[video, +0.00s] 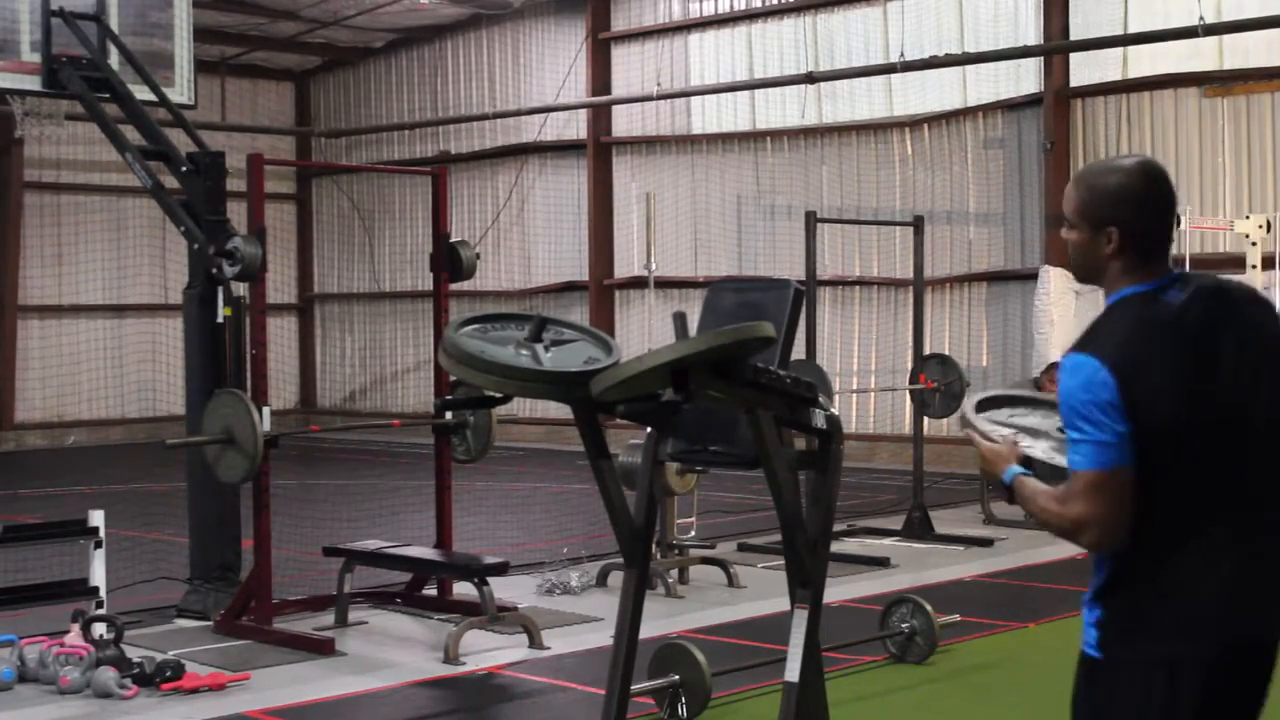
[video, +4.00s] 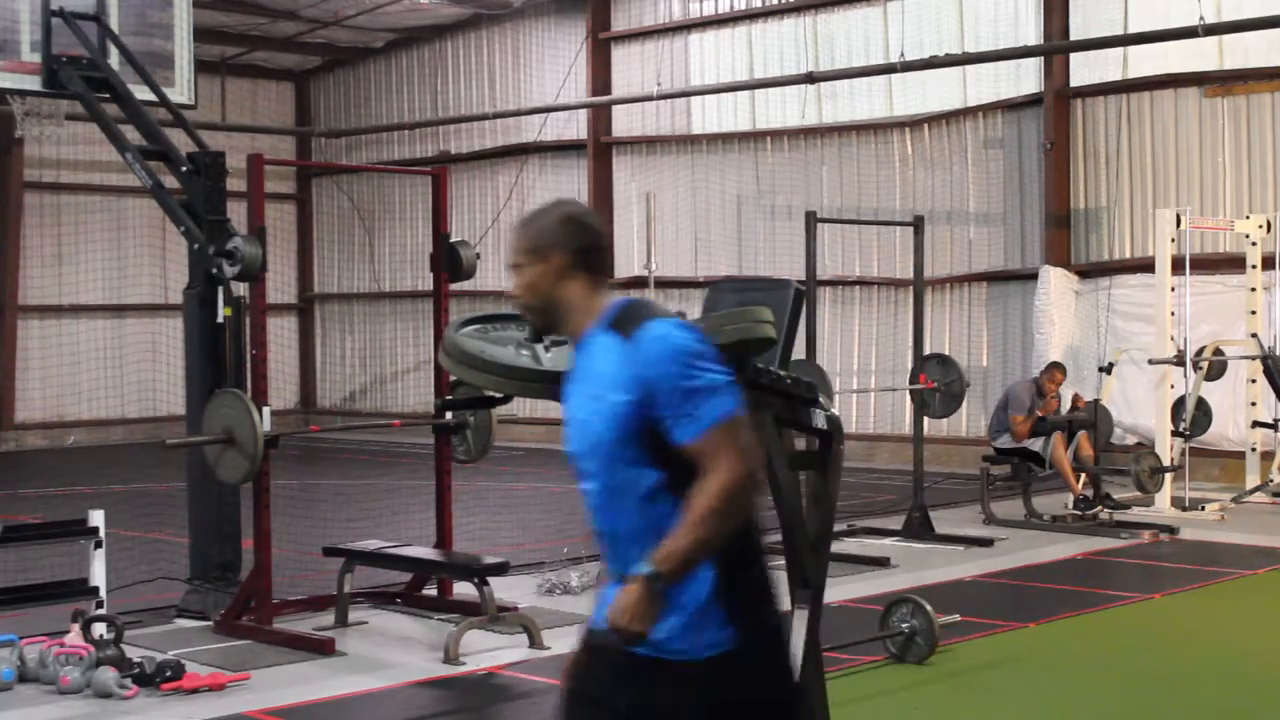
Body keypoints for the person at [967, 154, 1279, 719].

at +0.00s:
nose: (1059, 237)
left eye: (1068, 225)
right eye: (1062, 223)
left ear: (1111, 240)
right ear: (1166, 229)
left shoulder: (1096, 362)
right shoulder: (1251, 311)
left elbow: (1098, 523)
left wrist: (1010, 475)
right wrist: (1095, 387)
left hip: (1142, 637)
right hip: (1248, 620)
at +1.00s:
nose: (922, 215)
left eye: (935, 205)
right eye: (930, 202)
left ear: (971, 227)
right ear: (977, 231)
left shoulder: (947, 309)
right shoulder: (992, 304)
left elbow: (820, 366)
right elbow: (903, 359)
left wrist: (799, 272)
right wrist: (845, 296)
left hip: (900, 575)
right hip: (946, 566)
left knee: (869, 706)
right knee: (910, 707)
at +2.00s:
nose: (783, 218)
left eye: (795, 206)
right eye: (787, 205)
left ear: (834, 217)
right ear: (838, 219)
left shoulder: (850, 295)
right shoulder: (844, 288)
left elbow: (764, 368)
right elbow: (775, 351)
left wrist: (698, 293)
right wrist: (700, 299)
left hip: (840, 565)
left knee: (824, 708)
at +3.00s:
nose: (821, 238)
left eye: (832, 223)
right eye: (821, 223)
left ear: (880, 228)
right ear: (874, 231)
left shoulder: (911, 330)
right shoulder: (883, 315)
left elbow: (904, 473)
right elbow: (876, 447)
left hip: (899, 599)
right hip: (856, 589)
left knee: (893, 711)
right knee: (825, 707)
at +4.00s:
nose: (512, 288)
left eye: (519, 268)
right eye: (512, 272)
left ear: (561, 264)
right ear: (554, 267)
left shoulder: (661, 344)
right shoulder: (585, 360)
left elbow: (734, 468)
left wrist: (651, 580)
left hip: (707, 645)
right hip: (624, 636)